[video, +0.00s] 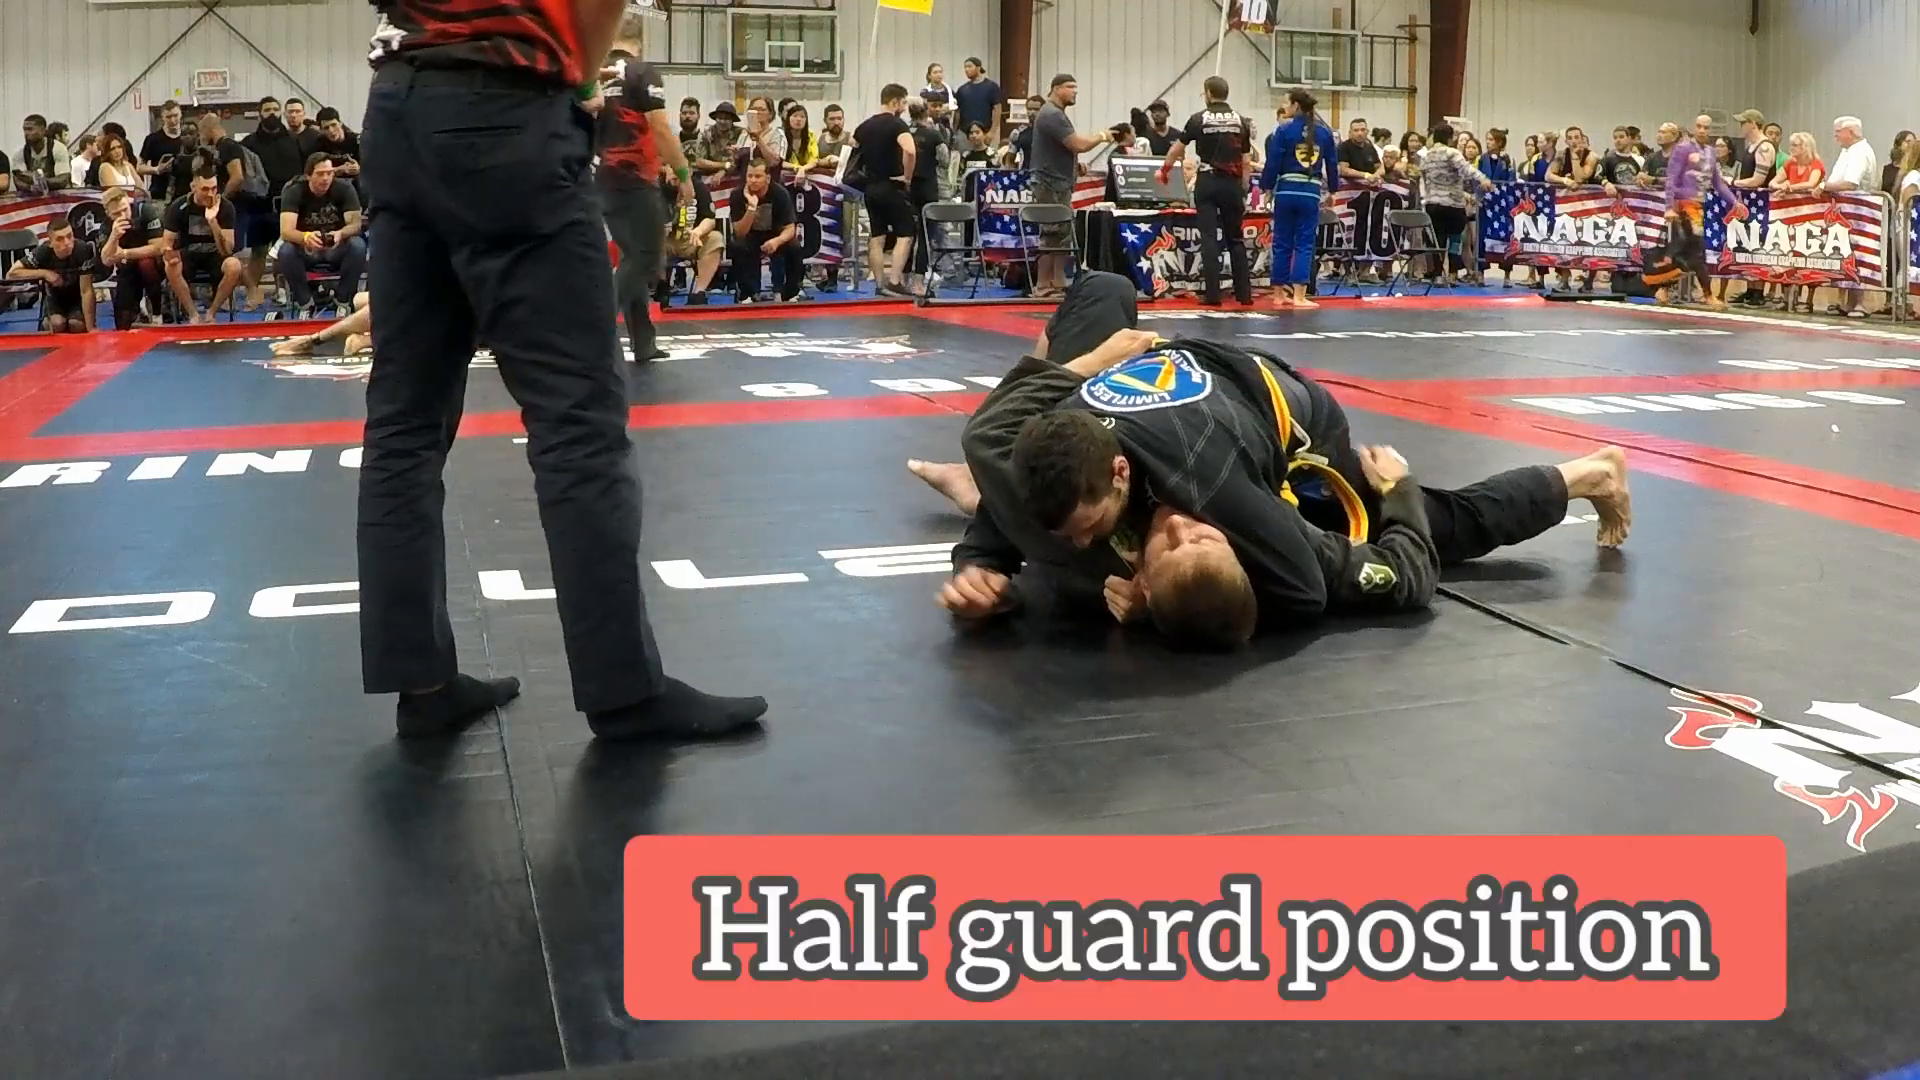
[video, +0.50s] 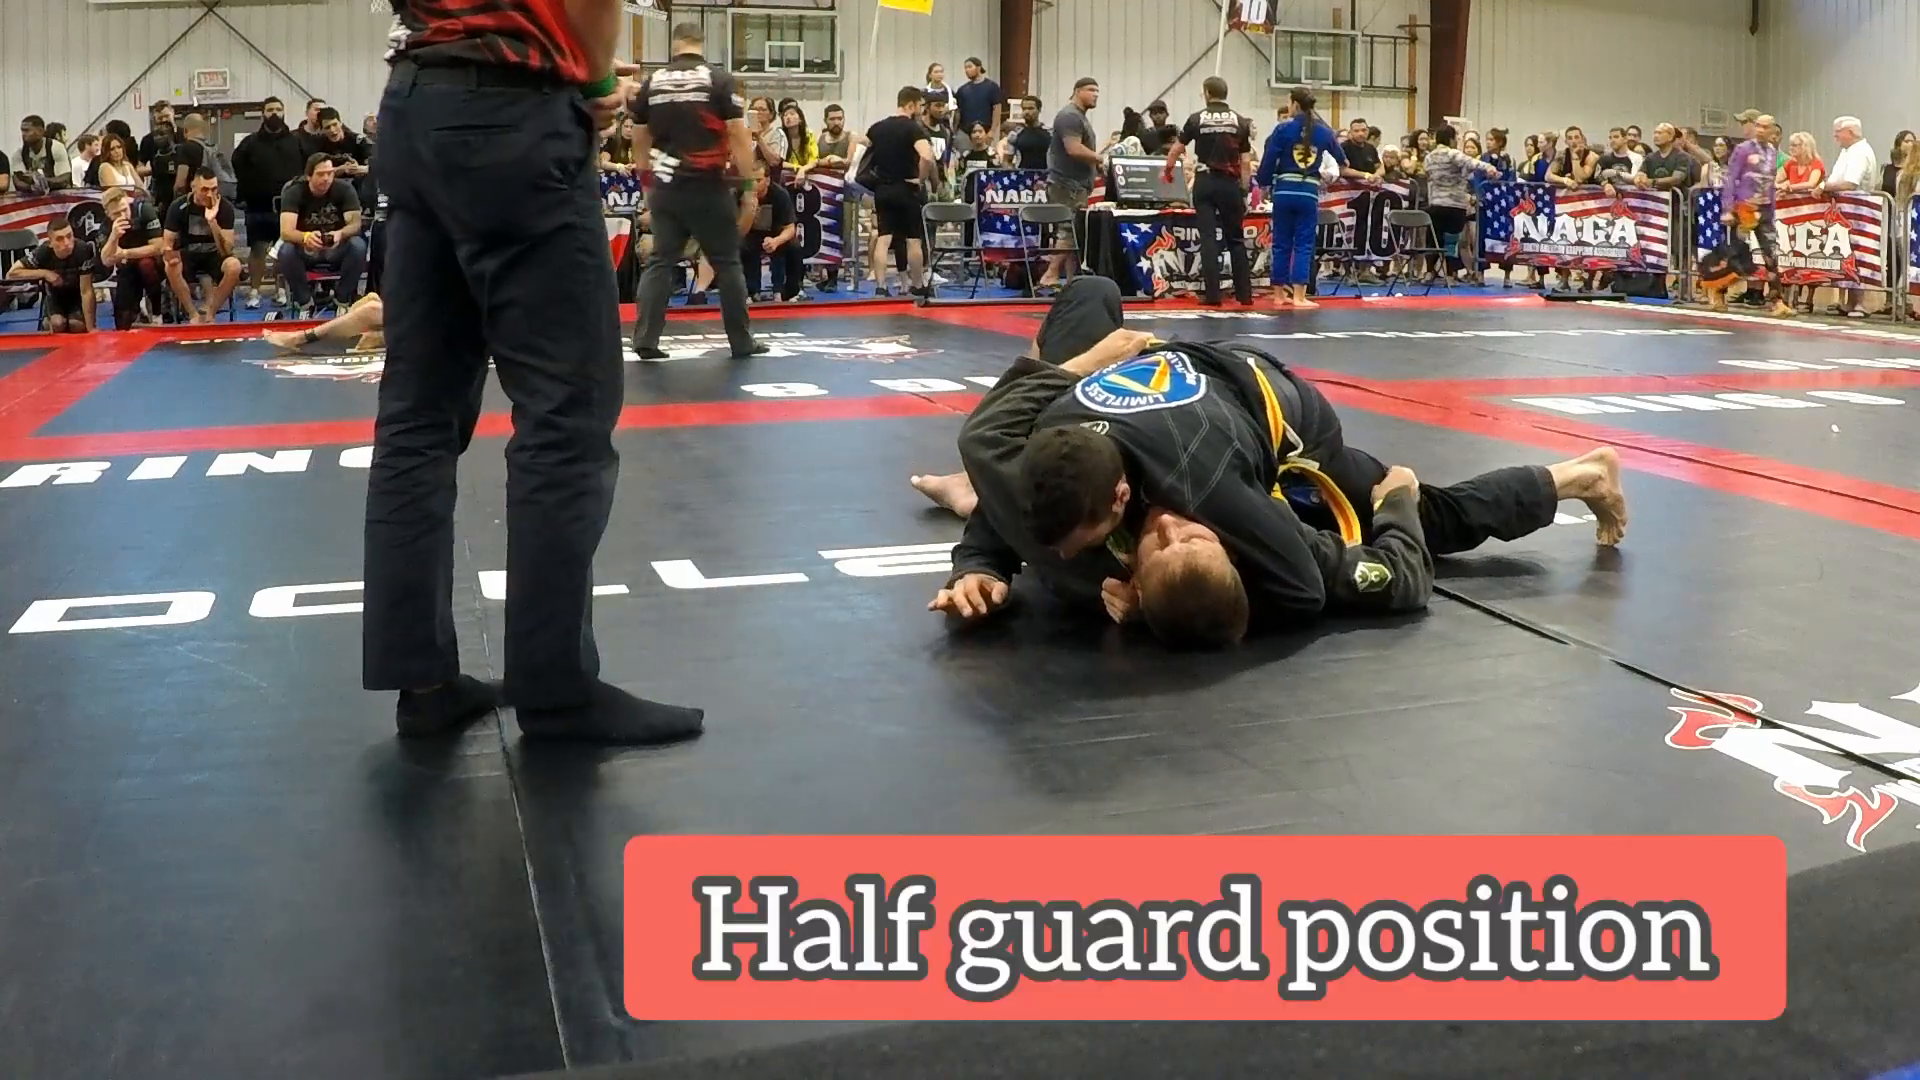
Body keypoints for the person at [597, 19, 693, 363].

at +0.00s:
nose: (645, 42)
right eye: (643, 37)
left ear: (612, 37)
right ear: (640, 39)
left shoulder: (596, 71)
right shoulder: (644, 72)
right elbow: (660, 128)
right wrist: (683, 173)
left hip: (605, 176)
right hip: (636, 179)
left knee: (634, 259)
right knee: (646, 259)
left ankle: (644, 345)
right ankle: (597, 321)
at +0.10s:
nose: (645, 49)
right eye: (648, 44)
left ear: (620, 41)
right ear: (649, 43)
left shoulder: (603, 78)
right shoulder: (654, 72)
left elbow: (593, 136)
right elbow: (673, 128)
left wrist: (593, 170)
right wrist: (691, 177)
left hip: (612, 181)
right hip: (648, 180)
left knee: (635, 255)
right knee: (674, 251)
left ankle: (642, 342)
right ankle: (633, 322)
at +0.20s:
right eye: (658, 41)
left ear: (631, 40)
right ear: (659, 41)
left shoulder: (610, 80)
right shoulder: (666, 72)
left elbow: (606, 137)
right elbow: (684, 127)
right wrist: (700, 177)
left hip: (624, 181)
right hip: (661, 178)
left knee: (639, 254)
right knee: (687, 251)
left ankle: (644, 343)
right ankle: (679, 333)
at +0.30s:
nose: (667, 49)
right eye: (668, 44)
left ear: (639, 44)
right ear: (669, 44)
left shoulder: (619, 80)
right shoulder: (679, 74)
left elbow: (613, 138)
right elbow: (698, 128)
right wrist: (714, 177)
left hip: (634, 186)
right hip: (674, 183)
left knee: (642, 259)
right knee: (699, 260)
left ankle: (643, 344)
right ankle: (720, 340)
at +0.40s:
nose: (675, 48)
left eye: (667, 42)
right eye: (680, 43)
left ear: (658, 44)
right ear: (687, 44)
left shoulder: (636, 81)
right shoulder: (700, 77)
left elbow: (629, 141)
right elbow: (721, 131)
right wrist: (733, 183)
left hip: (651, 188)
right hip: (692, 186)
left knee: (650, 262)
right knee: (716, 261)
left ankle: (643, 342)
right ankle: (741, 338)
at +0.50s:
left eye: (681, 42)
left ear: (674, 45)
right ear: (701, 45)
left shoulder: (651, 81)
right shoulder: (720, 78)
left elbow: (640, 140)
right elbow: (738, 135)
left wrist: (648, 177)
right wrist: (750, 180)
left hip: (663, 187)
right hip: (707, 187)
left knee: (661, 260)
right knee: (727, 262)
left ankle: (645, 340)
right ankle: (741, 341)